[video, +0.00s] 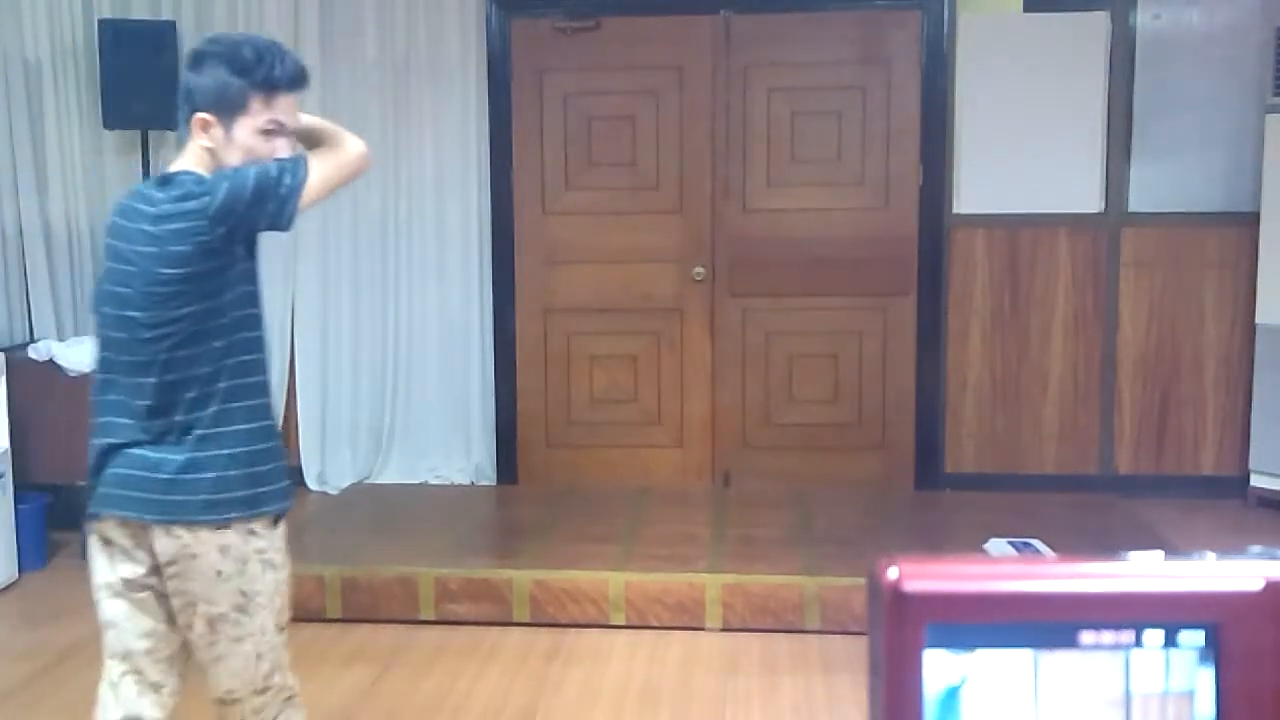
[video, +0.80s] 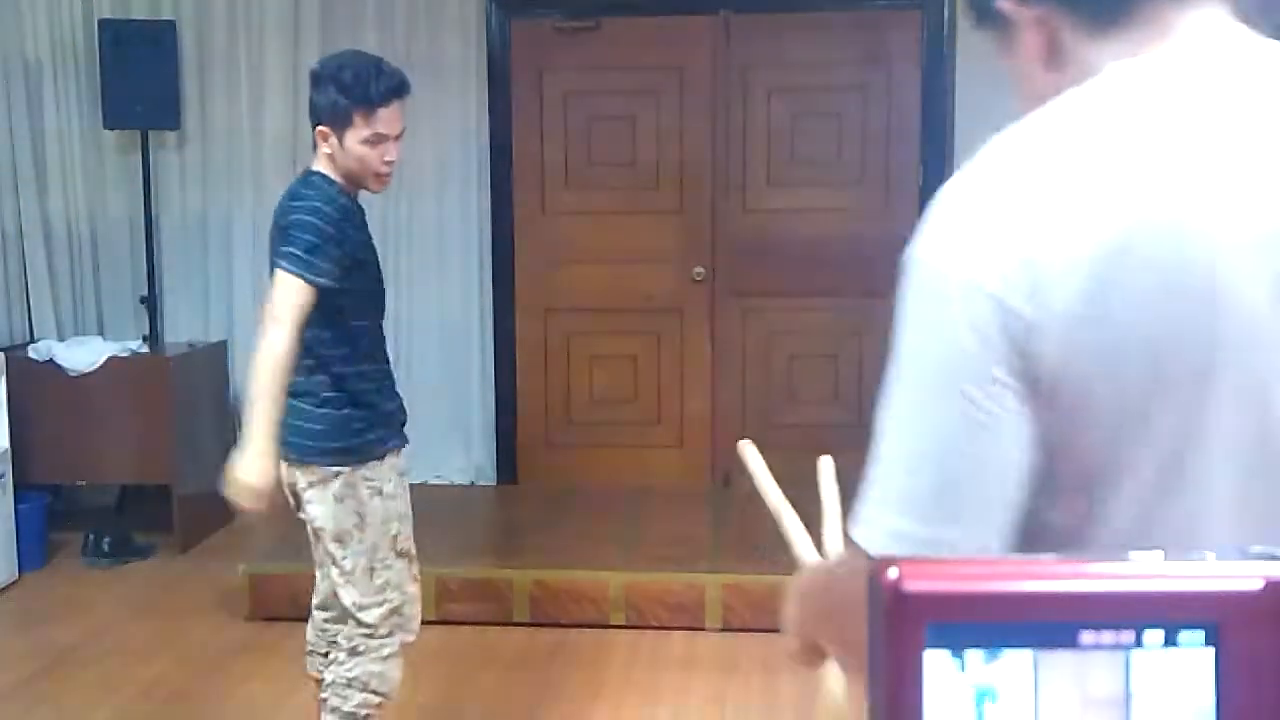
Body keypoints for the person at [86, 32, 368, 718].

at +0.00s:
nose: (285, 146)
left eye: (286, 129)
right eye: (269, 130)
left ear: (201, 130)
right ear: (206, 129)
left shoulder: (129, 208)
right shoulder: (225, 200)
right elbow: (352, 153)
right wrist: (294, 125)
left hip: (120, 490)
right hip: (217, 495)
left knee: (132, 692)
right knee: (259, 696)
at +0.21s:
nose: (346, 147)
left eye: (345, 128)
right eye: (328, 131)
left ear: (264, 135)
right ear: (269, 135)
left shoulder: (190, 206)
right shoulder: (288, 204)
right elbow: (407, 182)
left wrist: (330, 166)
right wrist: (348, 147)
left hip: (201, 474)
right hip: (292, 479)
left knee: (226, 655)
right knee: (318, 673)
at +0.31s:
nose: (360, 147)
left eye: (362, 130)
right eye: (344, 132)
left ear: (280, 136)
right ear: (286, 133)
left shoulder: (210, 208)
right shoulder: (312, 210)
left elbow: (204, 333)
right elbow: (430, 236)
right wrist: (407, 186)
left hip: (233, 462)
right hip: (312, 470)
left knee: (264, 630)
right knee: (325, 655)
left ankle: (231, 712)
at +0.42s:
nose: (369, 150)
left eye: (373, 132)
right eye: (354, 133)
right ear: (298, 131)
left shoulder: (229, 207)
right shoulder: (321, 215)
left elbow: (218, 335)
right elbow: (430, 301)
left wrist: (253, 413)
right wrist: (461, 273)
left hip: (255, 459)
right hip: (324, 467)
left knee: (301, 623)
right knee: (331, 652)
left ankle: (285, 708)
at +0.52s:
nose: (378, 157)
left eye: (382, 138)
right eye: (362, 139)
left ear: (306, 142)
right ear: (307, 138)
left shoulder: (248, 211)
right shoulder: (330, 222)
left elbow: (233, 336)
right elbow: (405, 339)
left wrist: (243, 431)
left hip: (278, 457)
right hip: (337, 464)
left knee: (322, 640)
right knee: (340, 657)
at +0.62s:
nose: (386, 160)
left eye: (390, 142)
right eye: (369, 145)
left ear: (313, 149)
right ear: (317, 144)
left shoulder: (267, 212)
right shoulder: (334, 226)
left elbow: (253, 331)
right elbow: (366, 357)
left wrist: (252, 421)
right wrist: (408, 469)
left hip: (297, 457)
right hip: (336, 463)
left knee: (344, 623)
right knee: (353, 633)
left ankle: (322, 709)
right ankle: (324, 712)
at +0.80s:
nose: (391, 155)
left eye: (397, 138)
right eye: (376, 141)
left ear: (404, 128)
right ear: (325, 137)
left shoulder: (321, 200)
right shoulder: (320, 210)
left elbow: (282, 320)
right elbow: (280, 327)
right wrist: (258, 447)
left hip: (337, 447)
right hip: (346, 452)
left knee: (348, 604)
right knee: (375, 616)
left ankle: (339, 706)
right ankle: (352, 711)